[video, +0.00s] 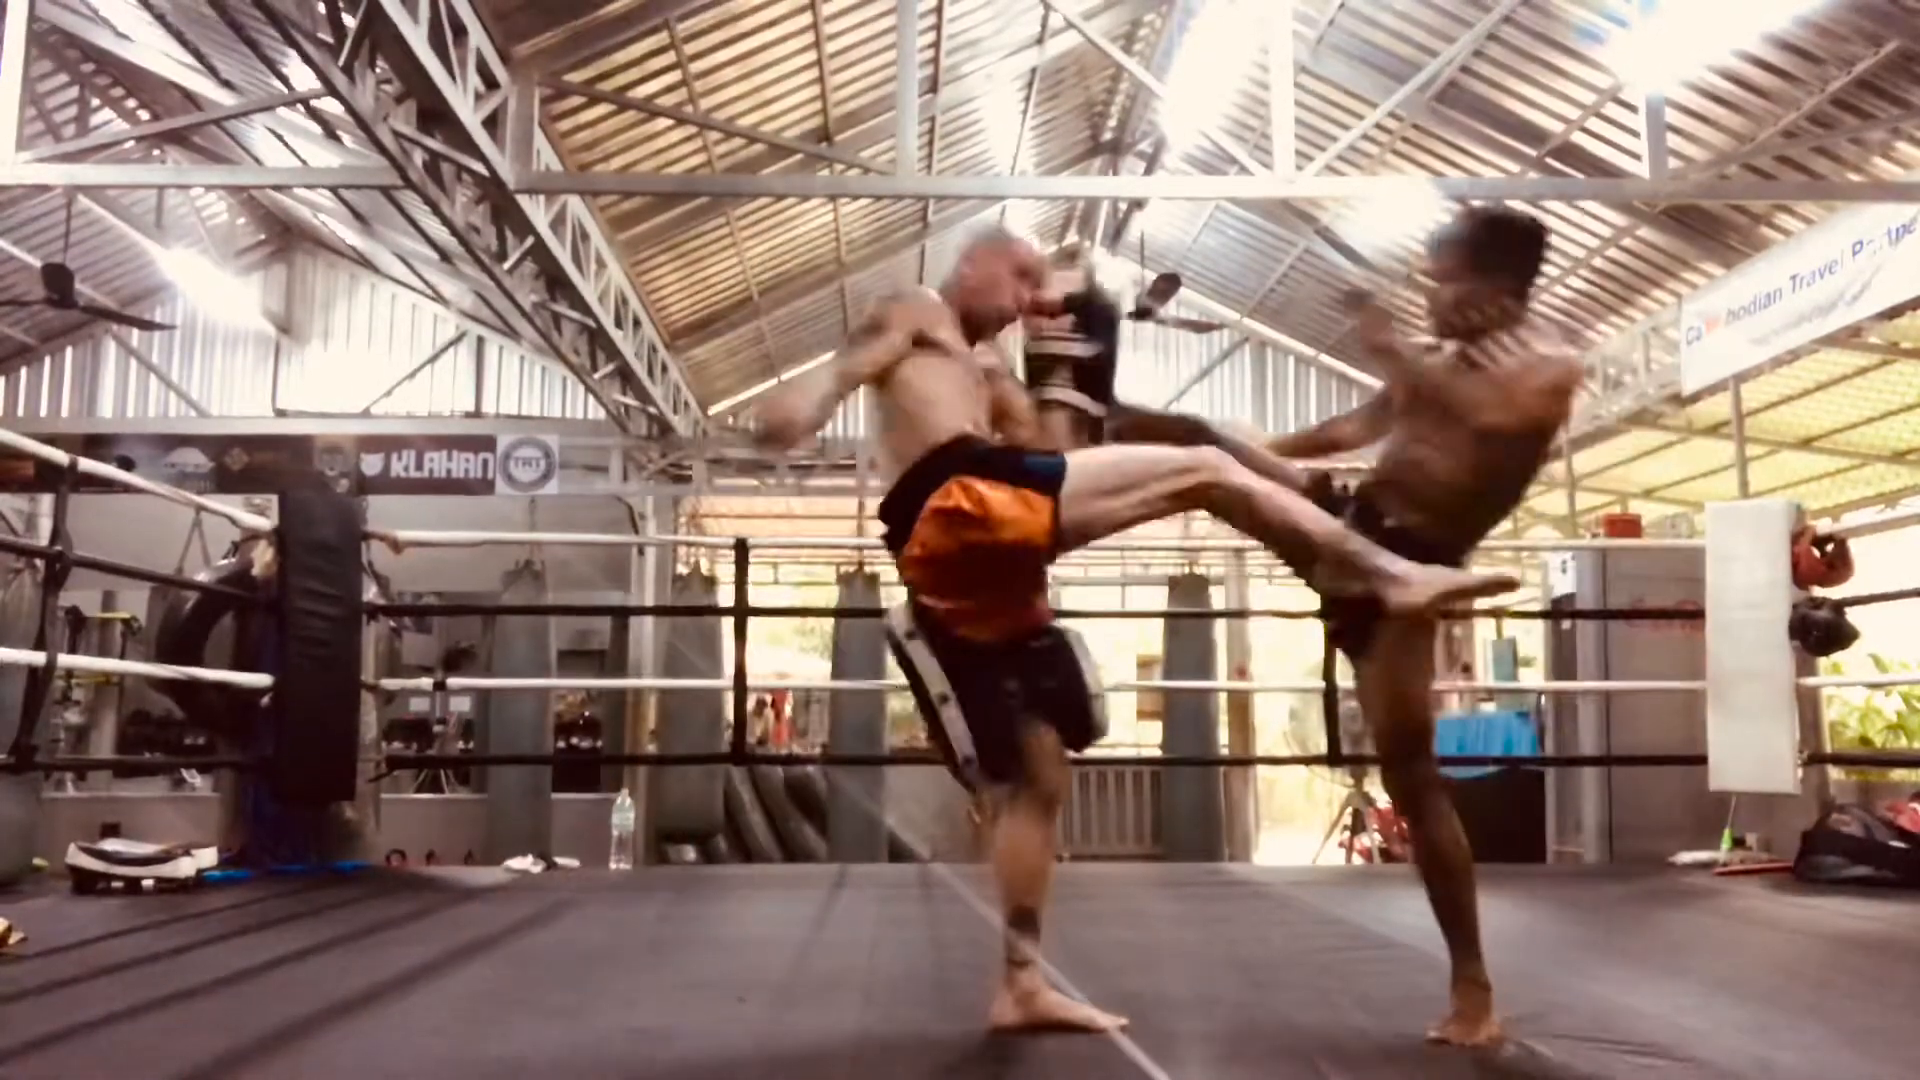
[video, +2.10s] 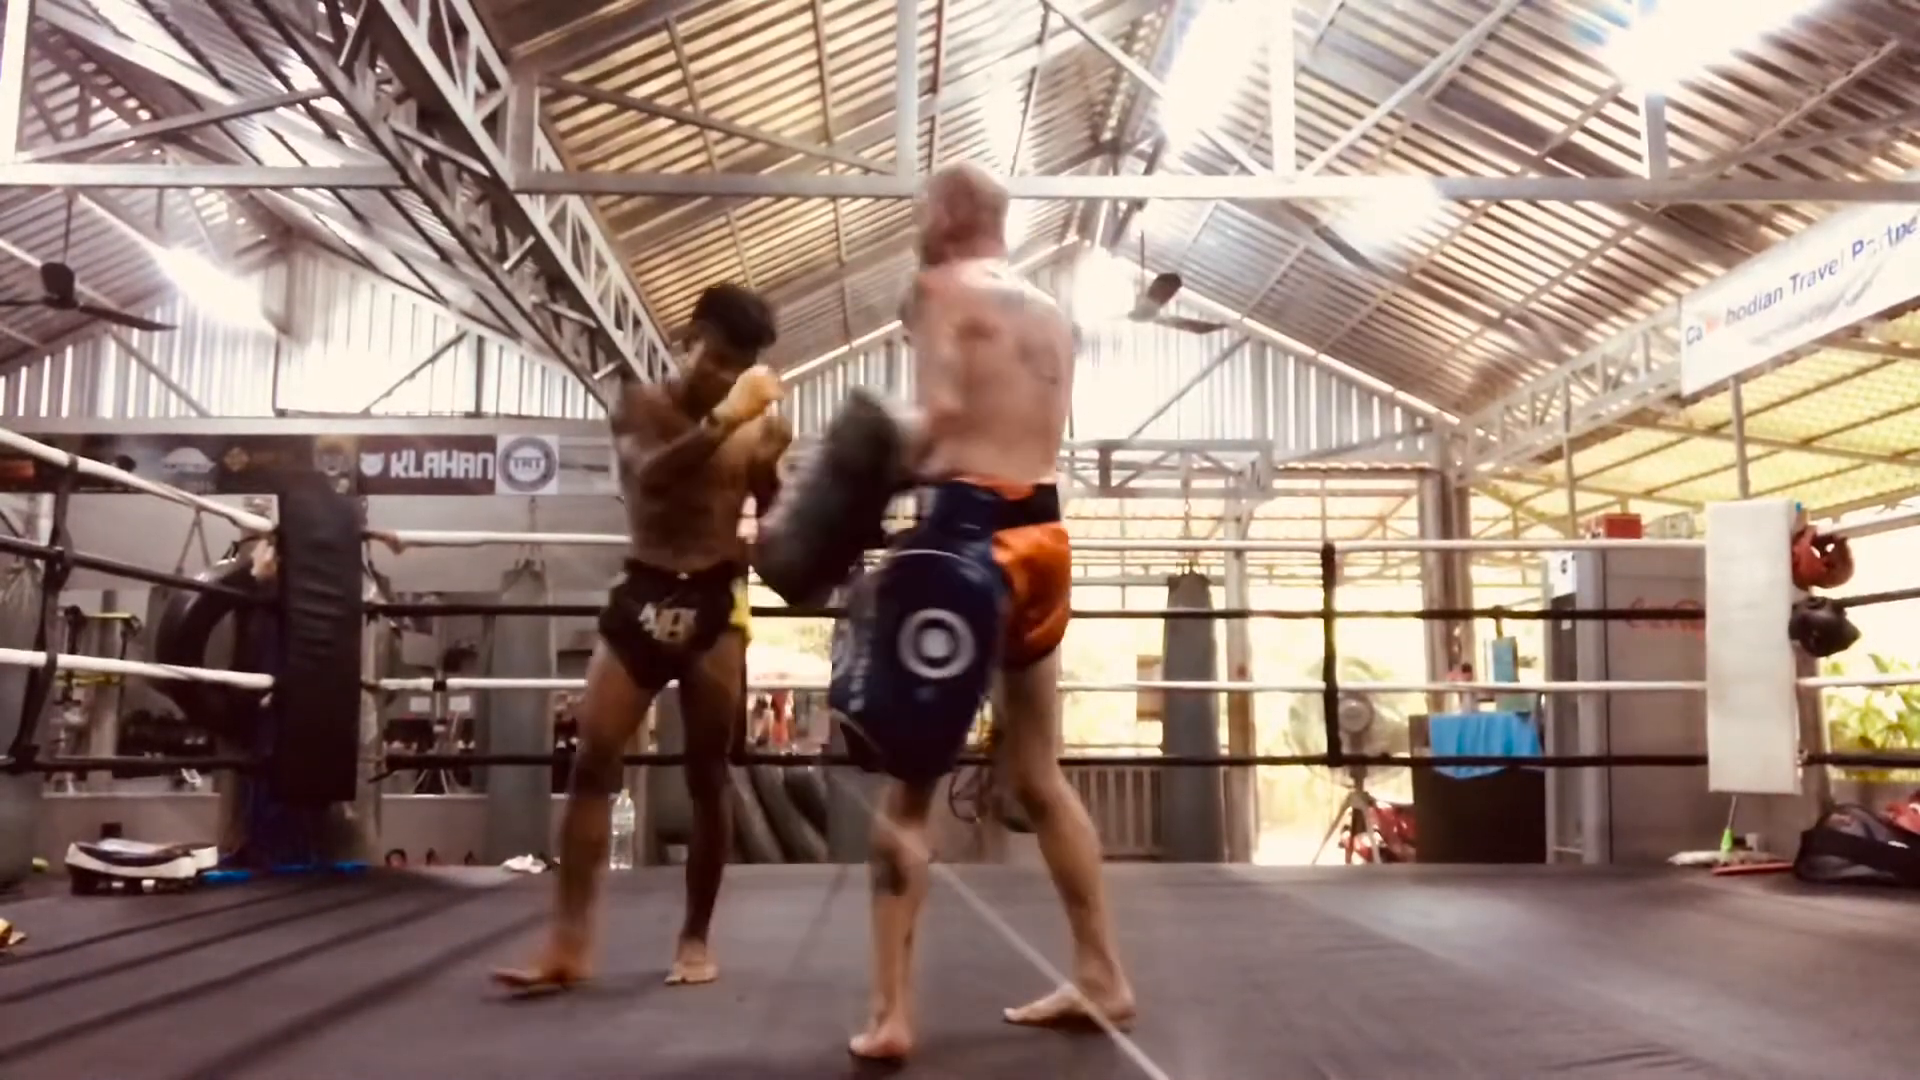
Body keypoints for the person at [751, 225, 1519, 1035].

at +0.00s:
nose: (1029, 300)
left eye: (1034, 290)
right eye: (1022, 279)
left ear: (1011, 296)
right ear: (974, 265)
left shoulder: (985, 371)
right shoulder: (919, 318)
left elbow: (1047, 458)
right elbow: (808, 400)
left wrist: (1049, 366)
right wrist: (803, 409)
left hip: (959, 566)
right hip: (968, 494)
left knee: (1039, 774)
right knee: (1204, 462)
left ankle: (1024, 980)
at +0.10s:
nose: (1029, 259)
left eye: (1034, 244)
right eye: (1016, 241)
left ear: (1024, 253)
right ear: (963, 240)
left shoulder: (998, 346)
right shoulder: (919, 301)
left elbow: (1071, 435)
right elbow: (857, 381)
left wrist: (1090, 342)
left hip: (955, 553)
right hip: (975, 503)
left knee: (1026, 770)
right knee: (1214, 508)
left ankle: (1022, 980)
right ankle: (1354, 634)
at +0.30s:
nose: (1062, 236)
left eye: (1067, 221)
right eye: (1048, 217)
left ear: (1017, 221)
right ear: (993, 213)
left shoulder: (982, 297)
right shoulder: (965, 279)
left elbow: (984, 433)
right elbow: (1052, 356)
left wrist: (1049, 403)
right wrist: (1178, 321)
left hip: (956, 527)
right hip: (989, 515)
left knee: (1035, 765)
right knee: (1093, 742)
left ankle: (1026, 974)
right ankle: (987, 984)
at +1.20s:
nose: (1064, 211)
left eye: (1061, 197)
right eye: (1060, 195)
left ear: (986, 182)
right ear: (1035, 182)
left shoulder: (910, 276)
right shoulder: (1033, 241)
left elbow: (843, 414)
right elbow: (1094, 397)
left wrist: (920, 451)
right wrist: (1108, 429)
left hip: (901, 509)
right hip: (978, 499)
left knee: (981, 768)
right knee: (965, 779)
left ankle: (1019, 974)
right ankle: (888, 1046)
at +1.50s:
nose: (997, 201)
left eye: (982, 187)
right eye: (997, 187)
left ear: (923, 192)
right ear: (993, 188)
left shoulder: (865, 288)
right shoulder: (1036, 263)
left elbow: (804, 405)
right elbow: (1102, 410)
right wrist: (1013, 416)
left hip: (890, 513)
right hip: (983, 504)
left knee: (910, 791)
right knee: (964, 790)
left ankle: (885, 1037)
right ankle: (885, 1049)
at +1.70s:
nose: (950, 208)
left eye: (919, 194)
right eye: (962, 189)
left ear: (897, 200)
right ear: (973, 195)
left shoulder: (853, 288)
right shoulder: (1033, 282)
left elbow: (806, 409)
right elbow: (1031, 403)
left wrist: (820, 439)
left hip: (893, 515)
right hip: (995, 511)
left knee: (898, 783)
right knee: (1041, 760)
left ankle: (877, 1019)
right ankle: (951, 976)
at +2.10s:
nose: (919, 228)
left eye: (924, 213)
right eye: (923, 213)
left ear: (950, 214)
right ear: (998, 220)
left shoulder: (944, 288)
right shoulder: (1052, 314)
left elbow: (941, 409)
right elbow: (1040, 437)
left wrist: (868, 464)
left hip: (958, 533)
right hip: (1040, 534)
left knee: (907, 795)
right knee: (1039, 778)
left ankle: (891, 1012)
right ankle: (1100, 979)